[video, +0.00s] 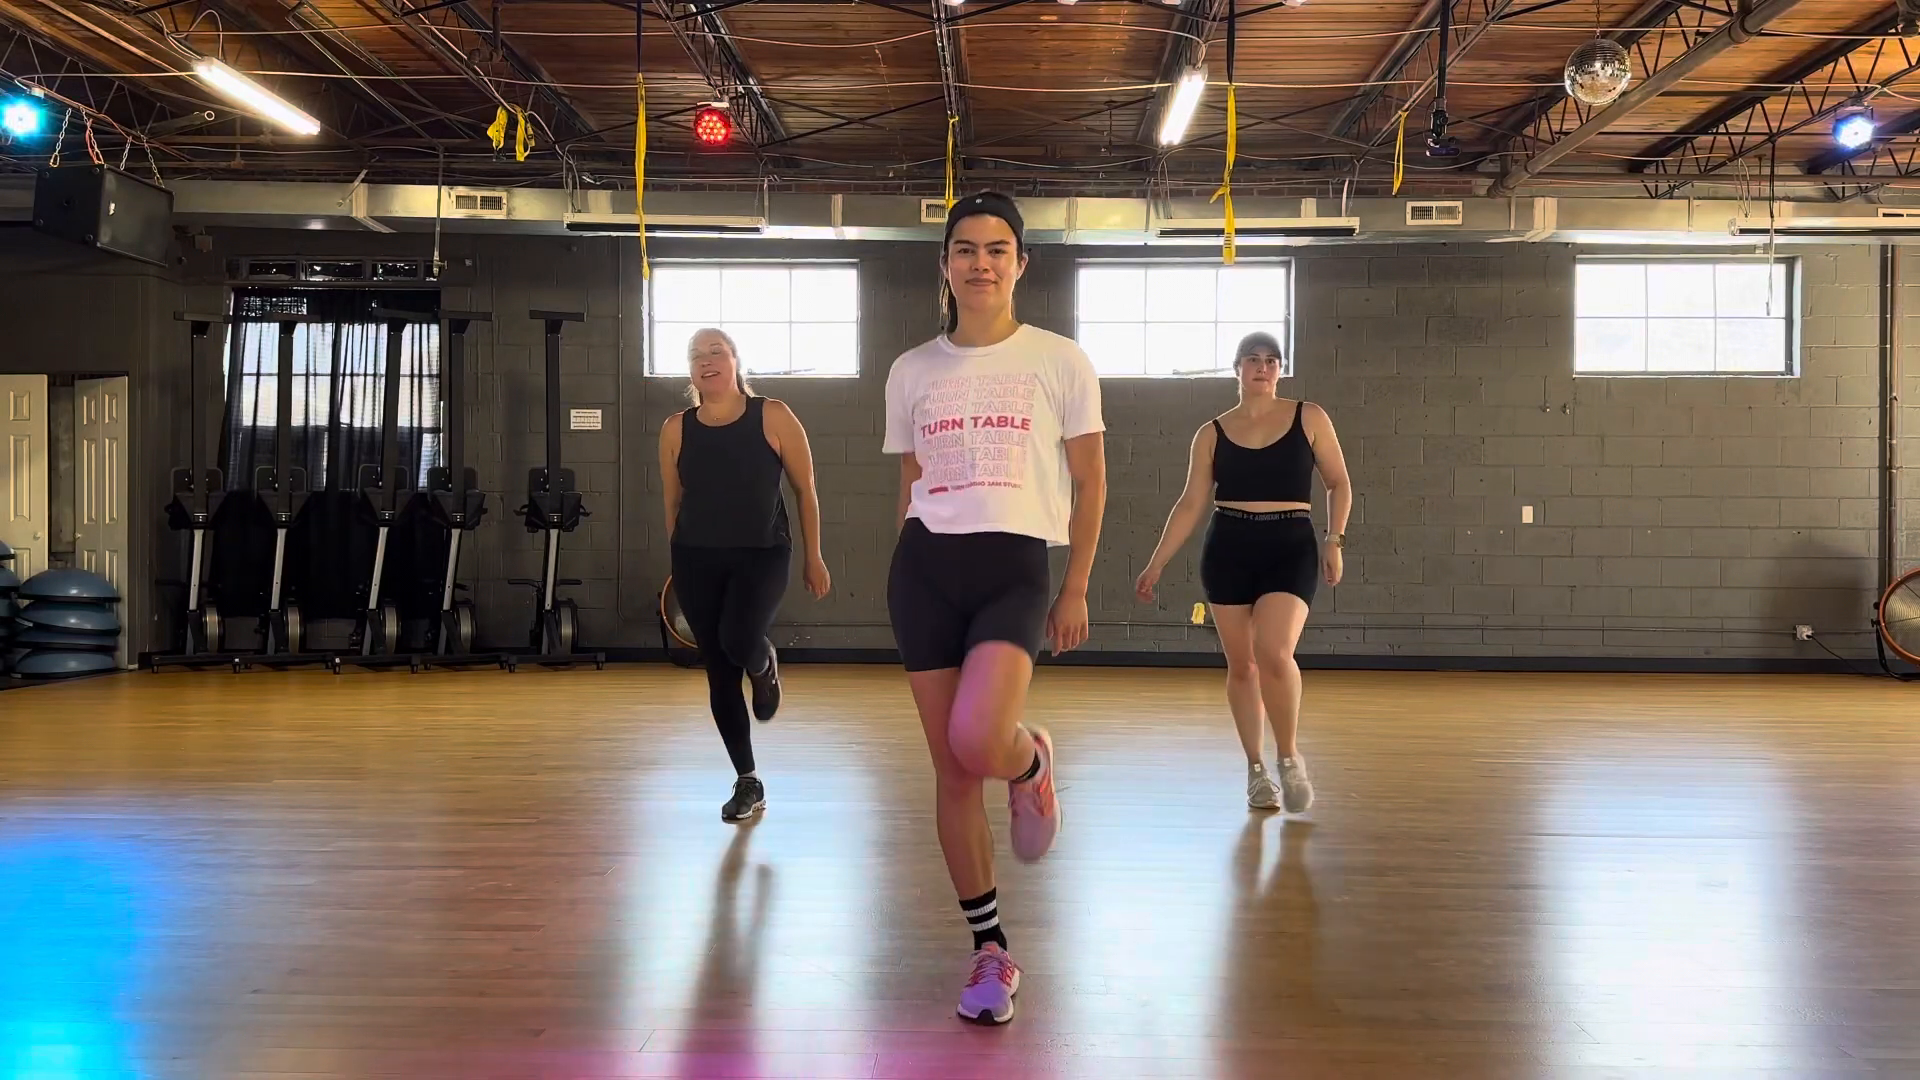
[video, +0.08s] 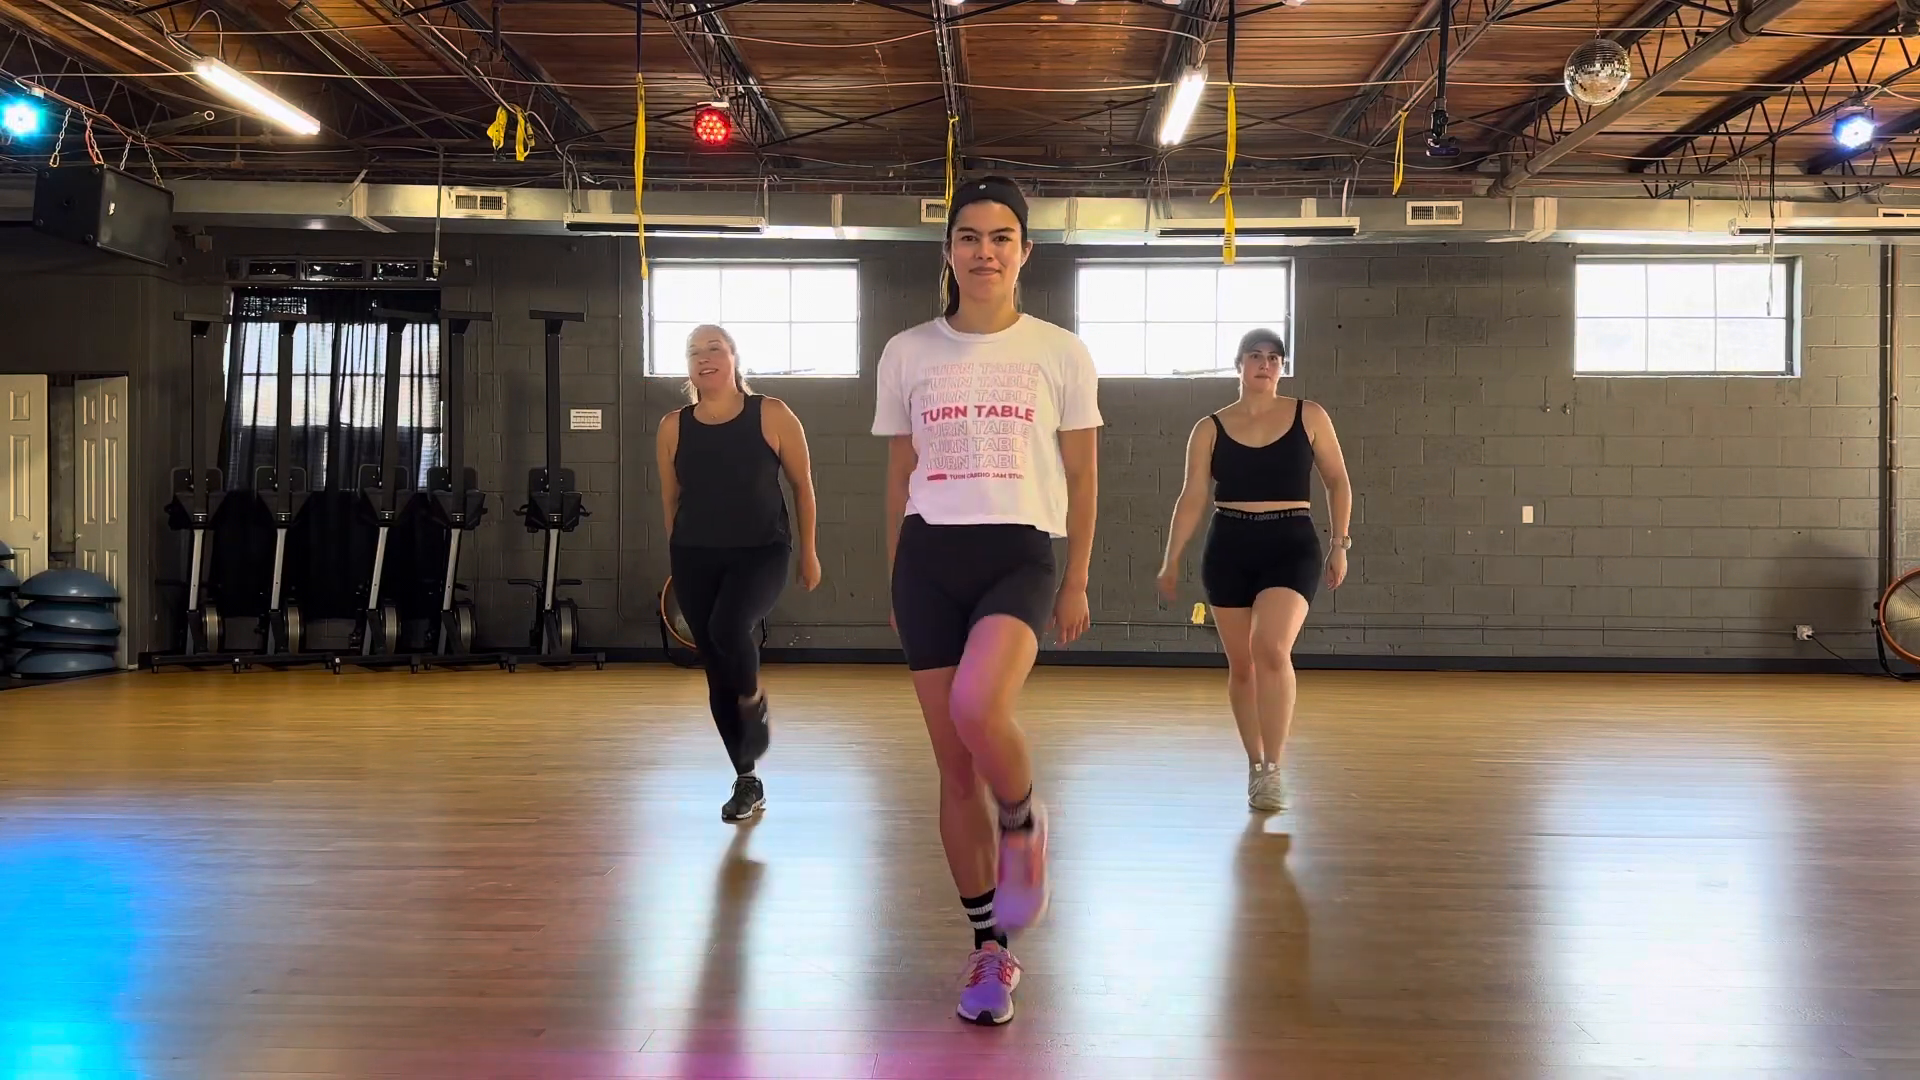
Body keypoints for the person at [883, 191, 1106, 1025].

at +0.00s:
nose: (980, 262)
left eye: (995, 249)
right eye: (966, 249)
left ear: (1019, 264)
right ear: (946, 265)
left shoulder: (1060, 360)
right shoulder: (912, 369)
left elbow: (1091, 485)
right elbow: (910, 484)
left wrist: (1075, 588)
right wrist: (907, 572)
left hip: (1015, 566)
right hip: (924, 568)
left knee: (981, 747)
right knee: (952, 768)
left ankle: (1032, 766)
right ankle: (988, 950)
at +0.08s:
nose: (985, 250)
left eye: (1000, 238)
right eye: (970, 237)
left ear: (1022, 253)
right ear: (950, 252)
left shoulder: (1061, 351)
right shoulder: (907, 352)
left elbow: (1082, 477)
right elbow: (901, 475)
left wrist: (1076, 580)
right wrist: (902, 576)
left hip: (1021, 555)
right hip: (928, 559)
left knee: (978, 710)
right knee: (957, 764)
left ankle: (1020, 829)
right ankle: (988, 945)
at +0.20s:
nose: (990, 245)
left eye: (1006, 232)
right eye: (975, 231)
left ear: (1027, 249)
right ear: (951, 244)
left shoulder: (1060, 351)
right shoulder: (903, 338)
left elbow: (1069, 481)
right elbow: (883, 462)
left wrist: (1071, 589)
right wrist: (877, 570)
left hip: (1027, 558)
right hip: (932, 558)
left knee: (993, 742)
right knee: (958, 764)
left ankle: (996, 947)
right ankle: (981, 941)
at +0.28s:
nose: (991, 257)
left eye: (1007, 243)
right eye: (975, 242)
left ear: (1030, 258)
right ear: (950, 254)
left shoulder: (1057, 362)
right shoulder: (903, 343)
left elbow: (1062, 495)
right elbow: (869, 468)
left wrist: (1066, 611)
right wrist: (860, 580)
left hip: (1032, 575)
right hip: (935, 573)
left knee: (1000, 787)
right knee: (958, 781)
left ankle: (987, 990)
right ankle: (985, 951)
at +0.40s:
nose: (990, 260)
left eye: (1007, 244)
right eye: (974, 243)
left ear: (1031, 258)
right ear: (949, 253)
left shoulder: (1053, 368)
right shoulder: (902, 345)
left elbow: (1051, 508)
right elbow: (868, 479)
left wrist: (1076, 620)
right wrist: (845, 598)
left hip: (1035, 586)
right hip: (935, 583)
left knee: (999, 797)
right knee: (957, 785)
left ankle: (981, 1013)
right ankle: (982, 951)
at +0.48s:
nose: (994, 250)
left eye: (1010, 233)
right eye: (976, 233)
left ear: (1031, 247)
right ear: (949, 244)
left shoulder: (1052, 357)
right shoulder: (902, 329)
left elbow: (1050, 491)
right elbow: (863, 465)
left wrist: (1101, 593)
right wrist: (835, 586)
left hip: (1032, 575)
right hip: (935, 573)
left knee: (1000, 797)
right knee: (959, 786)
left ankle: (979, 1021)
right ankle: (986, 952)